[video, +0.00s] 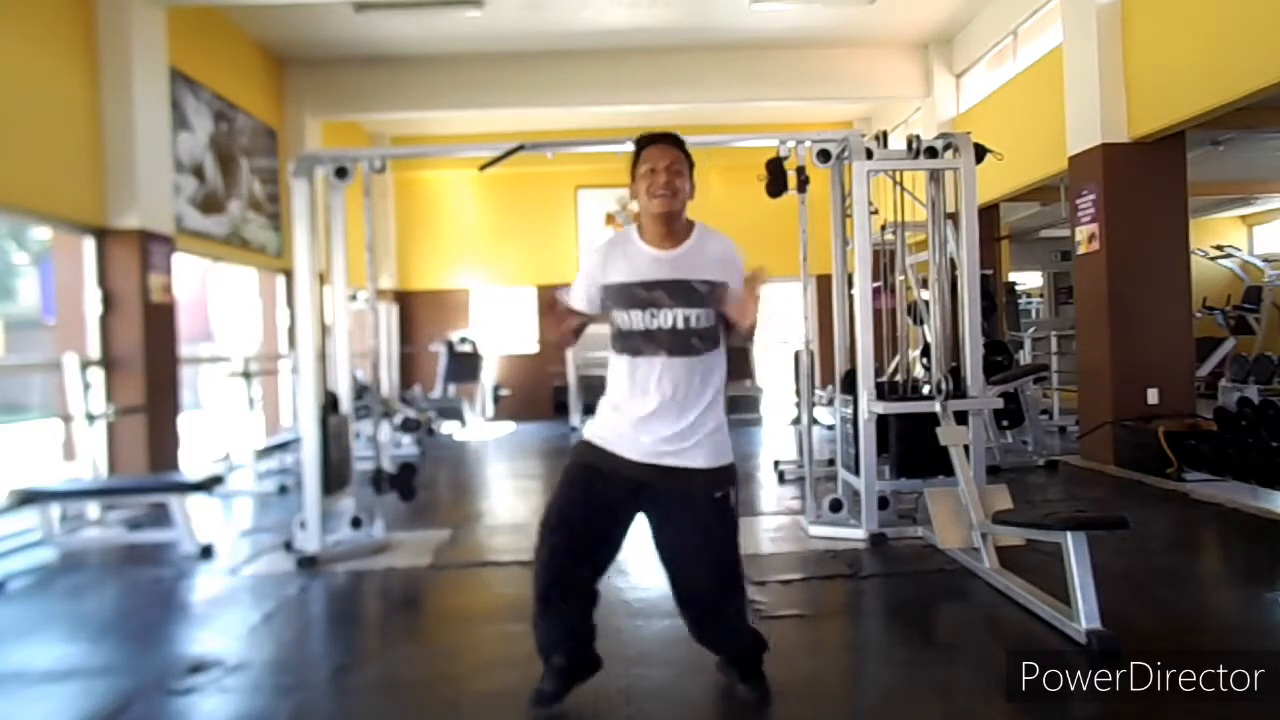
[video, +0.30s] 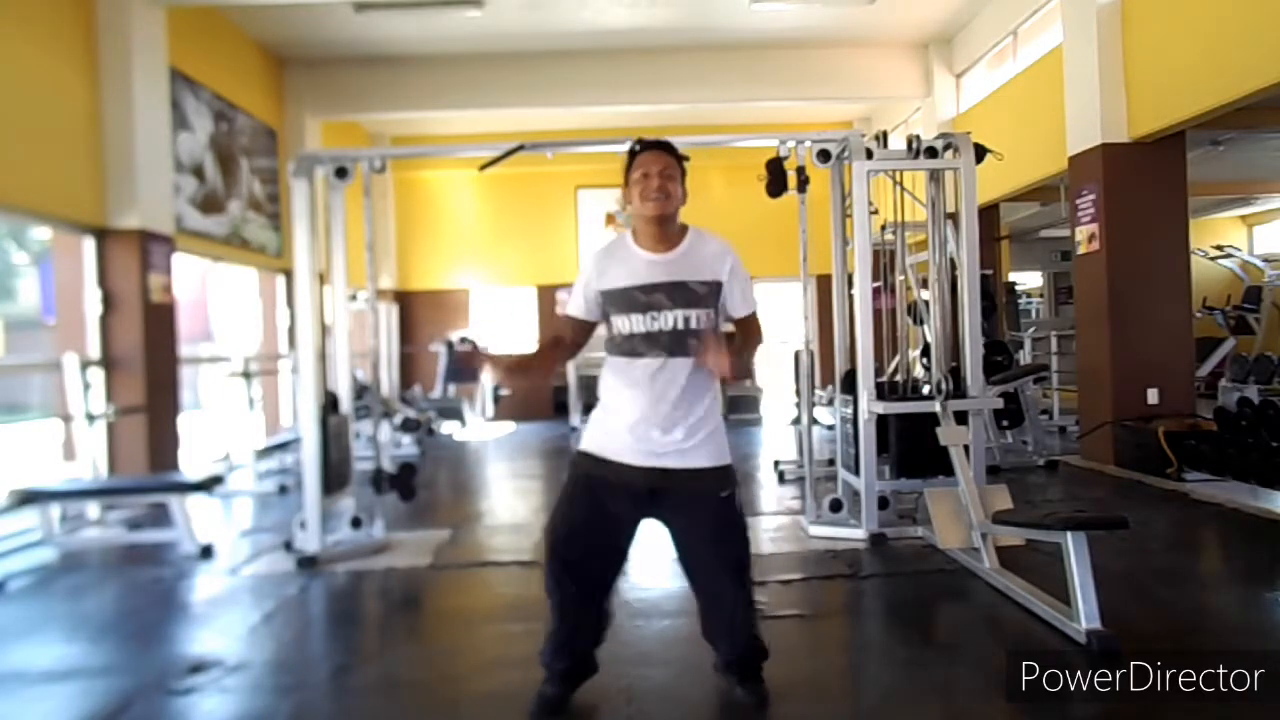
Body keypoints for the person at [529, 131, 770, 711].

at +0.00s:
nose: (663, 180)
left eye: (675, 171)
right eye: (651, 172)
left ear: (692, 183)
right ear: (633, 186)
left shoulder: (720, 254)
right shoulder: (609, 254)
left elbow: (737, 332)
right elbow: (570, 326)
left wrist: (745, 318)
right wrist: (558, 325)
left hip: (695, 446)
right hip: (615, 438)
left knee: (708, 583)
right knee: (560, 554)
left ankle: (742, 659)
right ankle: (566, 658)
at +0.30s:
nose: (656, 184)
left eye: (667, 175)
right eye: (644, 177)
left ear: (684, 188)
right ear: (627, 193)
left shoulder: (717, 257)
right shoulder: (604, 263)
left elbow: (749, 333)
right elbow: (565, 340)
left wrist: (732, 358)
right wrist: (509, 367)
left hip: (696, 454)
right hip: (612, 450)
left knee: (724, 576)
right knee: (570, 560)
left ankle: (744, 673)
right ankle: (562, 675)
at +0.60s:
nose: (653, 181)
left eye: (664, 173)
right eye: (641, 174)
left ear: (680, 188)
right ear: (623, 190)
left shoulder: (706, 255)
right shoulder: (595, 256)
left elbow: (735, 325)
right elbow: (554, 322)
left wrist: (753, 369)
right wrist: (533, 379)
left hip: (695, 443)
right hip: (610, 448)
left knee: (739, 565)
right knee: (594, 577)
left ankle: (741, 663)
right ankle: (568, 684)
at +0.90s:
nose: (654, 172)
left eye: (665, 163)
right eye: (641, 164)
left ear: (679, 176)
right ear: (621, 178)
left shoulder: (707, 245)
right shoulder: (595, 247)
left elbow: (723, 336)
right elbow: (562, 322)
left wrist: (721, 417)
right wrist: (566, 395)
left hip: (689, 451)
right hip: (604, 450)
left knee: (723, 571)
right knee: (572, 581)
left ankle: (744, 675)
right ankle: (571, 695)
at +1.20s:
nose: (651, 171)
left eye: (662, 161)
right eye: (638, 162)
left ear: (679, 174)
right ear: (619, 177)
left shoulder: (711, 245)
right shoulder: (595, 249)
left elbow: (740, 334)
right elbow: (571, 336)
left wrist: (729, 422)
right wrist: (581, 417)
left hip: (690, 461)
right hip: (605, 459)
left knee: (712, 592)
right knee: (545, 592)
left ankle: (738, 689)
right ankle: (567, 693)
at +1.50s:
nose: (654, 177)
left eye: (664, 166)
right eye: (640, 169)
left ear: (682, 179)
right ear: (620, 186)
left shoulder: (716, 249)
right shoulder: (600, 259)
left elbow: (737, 334)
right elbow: (556, 340)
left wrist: (729, 390)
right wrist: (514, 414)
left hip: (696, 452)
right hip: (611, 447)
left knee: (715, 584)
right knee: (558, 555)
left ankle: (710, 698)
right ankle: (564, 686)